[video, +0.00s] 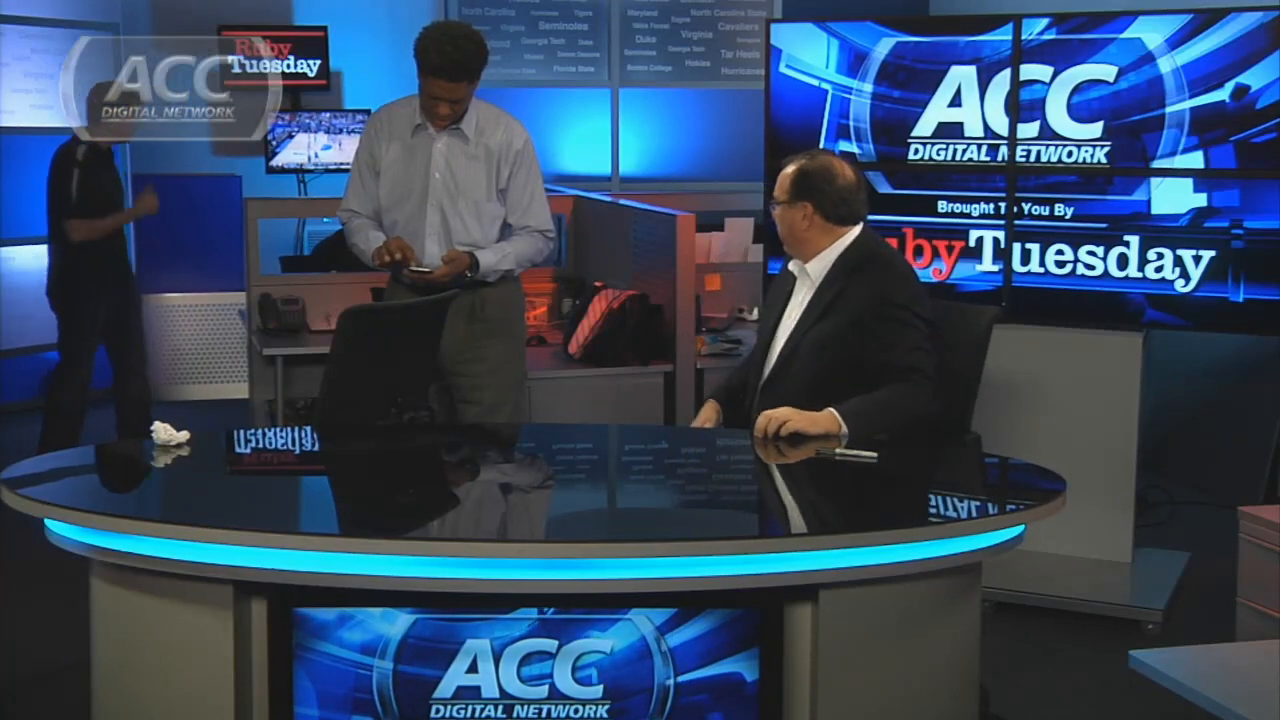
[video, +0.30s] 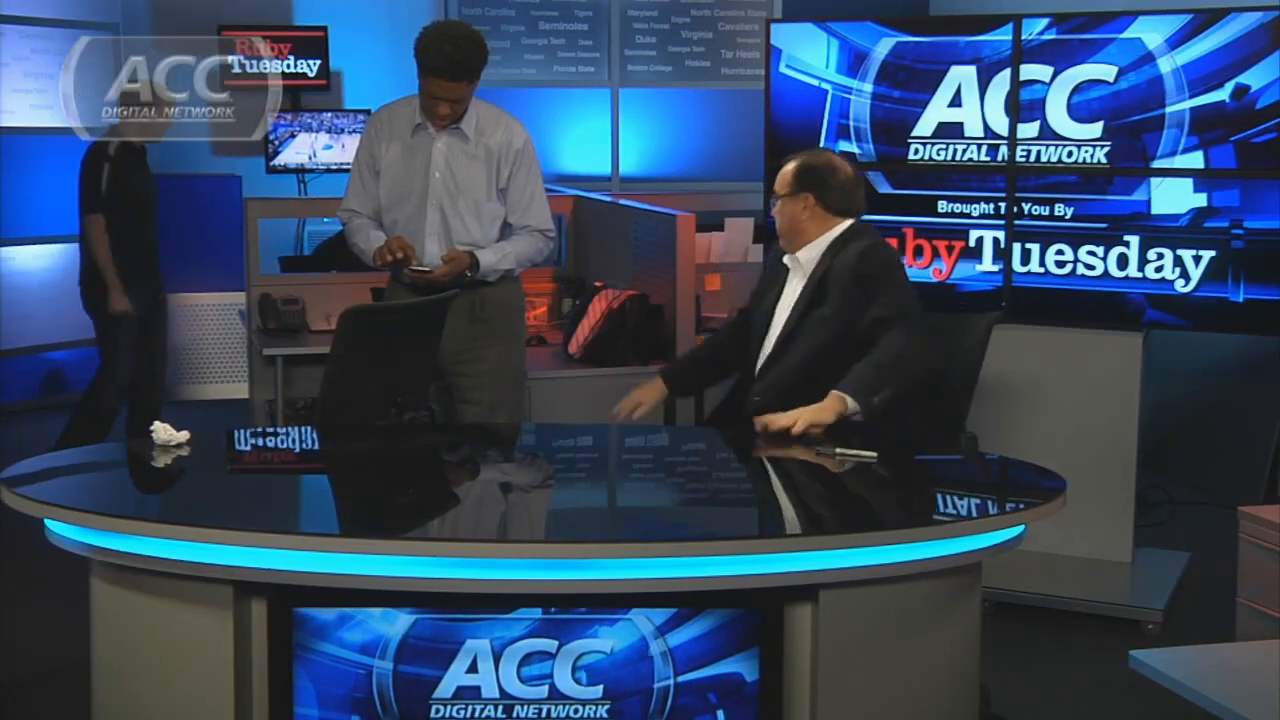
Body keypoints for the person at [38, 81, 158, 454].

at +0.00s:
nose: (134, 124)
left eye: (135, 115)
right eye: (128, 115)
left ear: (109, 117)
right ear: (107, 116)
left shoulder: (102, 157)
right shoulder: (72, 157)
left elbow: (98, 224)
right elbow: (74, 229)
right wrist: (134, 212)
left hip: (112, 282)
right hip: (79, 285)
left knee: (131, 370)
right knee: (75, 374)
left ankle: (135, 454)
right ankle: (53, 462)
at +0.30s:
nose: (164, 123)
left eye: (164, 114)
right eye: (156, 113)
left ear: (147, 117)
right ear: (132, 113)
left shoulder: (138, 158)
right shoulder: (102, 155)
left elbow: (139, 227)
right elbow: (94, 226)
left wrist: (151, 281)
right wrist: (115, 289)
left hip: (145, 282)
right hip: (112, 284)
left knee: (150, 376)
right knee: (117, 374)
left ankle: (143, 465)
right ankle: (67, 460)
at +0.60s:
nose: (178, 121)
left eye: (182, 114)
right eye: (171, 113)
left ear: (185, 117)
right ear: (151, 113)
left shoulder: (173, 162)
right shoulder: (118, 155)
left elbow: (170, 237)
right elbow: (83, 220)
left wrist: (184, 289)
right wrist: (81, 281)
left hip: (165, 285)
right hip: (123, 284)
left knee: (155, 379)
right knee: (136, 379)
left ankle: (148, 463)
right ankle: (128, 461)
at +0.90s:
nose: (182, 125)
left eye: (186, 116)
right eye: (173, 116)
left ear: (192, 120)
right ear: (155, 118)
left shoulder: (191, 166)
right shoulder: (123, 164)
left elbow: (195, 233)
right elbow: (95, 233)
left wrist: (205, 292)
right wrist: (96, 298)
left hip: (183, 295)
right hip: (137, 295)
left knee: (174, 386)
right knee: (150, 387)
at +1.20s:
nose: (181, 121)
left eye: (186, 112)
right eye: (172, 112)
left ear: (192, 115)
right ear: (154, 114)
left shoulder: (197, 157)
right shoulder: (124, 161)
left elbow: (207, 224)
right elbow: (104, 235)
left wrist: (218, 284)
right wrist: (122, 292)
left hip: (198, 290)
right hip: (149, 295)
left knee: (206, 383)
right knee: (159, 388)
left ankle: (199, 458)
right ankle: (165, 470)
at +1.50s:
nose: (202, 121)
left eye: (204, 112)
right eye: (194, 112)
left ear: (208, 115)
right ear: (174, 115)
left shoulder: (212, 159)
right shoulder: (140, 164)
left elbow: (219, 226)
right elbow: (123, 239)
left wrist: (232, 286)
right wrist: (151, 291)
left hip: (213, 294)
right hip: (163, 299)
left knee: (232, 390)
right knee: (170, 397)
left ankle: (242, 470)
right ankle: (173, 480)